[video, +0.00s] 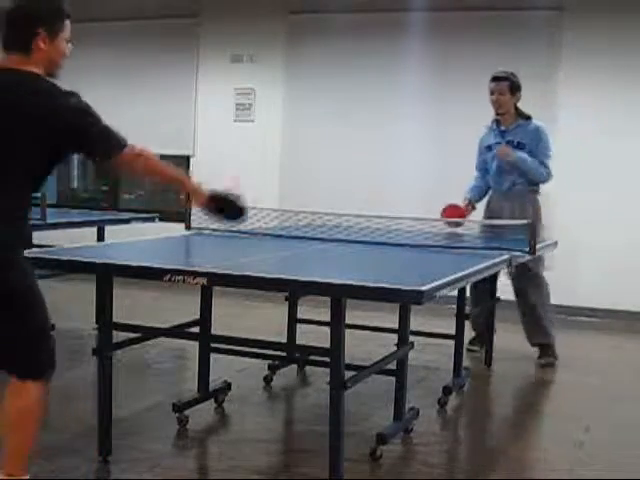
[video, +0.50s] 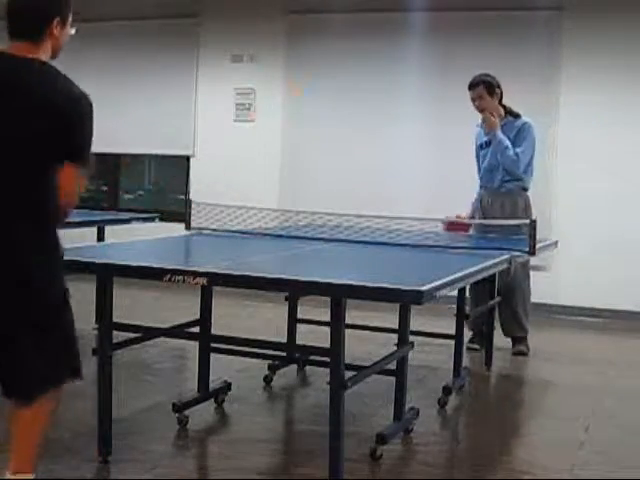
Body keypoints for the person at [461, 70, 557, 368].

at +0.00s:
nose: (496, 99)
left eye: (502, 94)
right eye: (493, 94)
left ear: (516, 97)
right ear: (489, 98)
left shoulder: (534, 132)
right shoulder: (488, 137)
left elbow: (543, 174)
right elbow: (482, 177)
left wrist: (515, 157)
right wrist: (469, 201)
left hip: (523, 203)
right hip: (496, 204)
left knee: (527, 274)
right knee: (483, 272)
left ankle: (545, 343)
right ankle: (481, 334)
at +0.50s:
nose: (476, 106)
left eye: (480, 99)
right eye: (473, 101)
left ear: (497, 96)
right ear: (474, 103)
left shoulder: (523, 128)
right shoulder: (481, 133)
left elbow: (518, 167)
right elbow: (484, 178)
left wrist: (495, 134)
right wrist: (474, 210)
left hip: (513, 198)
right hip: (487, 199)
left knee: (513, 269)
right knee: (480, 268)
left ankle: (518, 336)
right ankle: (480, 332)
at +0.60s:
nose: (471, 108)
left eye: (474, 101)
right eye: (467, 103)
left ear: (491, 97)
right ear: (468, 105)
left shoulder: (518, 130)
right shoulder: (478, 134)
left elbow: (514, 171)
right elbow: (482, 178)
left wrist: (489, 137)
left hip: (510, 198)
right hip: (484, 198)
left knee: (511, 270)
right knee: (473, 266)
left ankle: (518, 335)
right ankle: (468, 327)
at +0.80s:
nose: (444, 111)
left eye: (448, 105)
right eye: (442, 106)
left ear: (465, 104)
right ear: (449, 108)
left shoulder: (494, 135)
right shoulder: (456, 137)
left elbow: (513, 173)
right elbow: (464, 167)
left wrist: (479, 166)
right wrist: (466, 167)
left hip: (494, 202)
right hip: (467, 200)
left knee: (503, 271)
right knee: (449, 263)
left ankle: (517, 335)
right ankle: (415, 324)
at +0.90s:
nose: (425, 112)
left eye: (429, 106)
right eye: (424, 106)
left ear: (446, 106)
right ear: (434, 109)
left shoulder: (477, 137)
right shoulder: (439, 140)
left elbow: (503, 171)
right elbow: (446, 169)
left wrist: (471, 188)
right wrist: (449, 184)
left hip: (479, 207)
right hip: (452, 205)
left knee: (494, 272)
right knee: (431, 265)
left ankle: (516, 333)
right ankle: (404, 326)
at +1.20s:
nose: (388, 107)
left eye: (391, 101)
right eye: (387, 102)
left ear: (410, 99)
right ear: (400, 102)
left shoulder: (442, 129)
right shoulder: (397, 137)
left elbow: (466, 168)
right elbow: (373, 172)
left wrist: (454, 201)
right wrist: (331, 176)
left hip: (444, 200)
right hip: (415, 201)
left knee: (455, 263)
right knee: (407, 261)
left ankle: (472, 328)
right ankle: (396, 329)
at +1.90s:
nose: (398, 93)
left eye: (402, 88)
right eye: (392, 89)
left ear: (412, 91)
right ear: (386, 95)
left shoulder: (427, 128)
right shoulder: (382, 130)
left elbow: (431, 165)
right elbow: (389, 171)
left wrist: (430, 195)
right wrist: (423, 194)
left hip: (424, 199)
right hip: (395, 200)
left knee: (433, 260)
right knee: (391, 262)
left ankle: (439, 328)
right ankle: (385, 329)